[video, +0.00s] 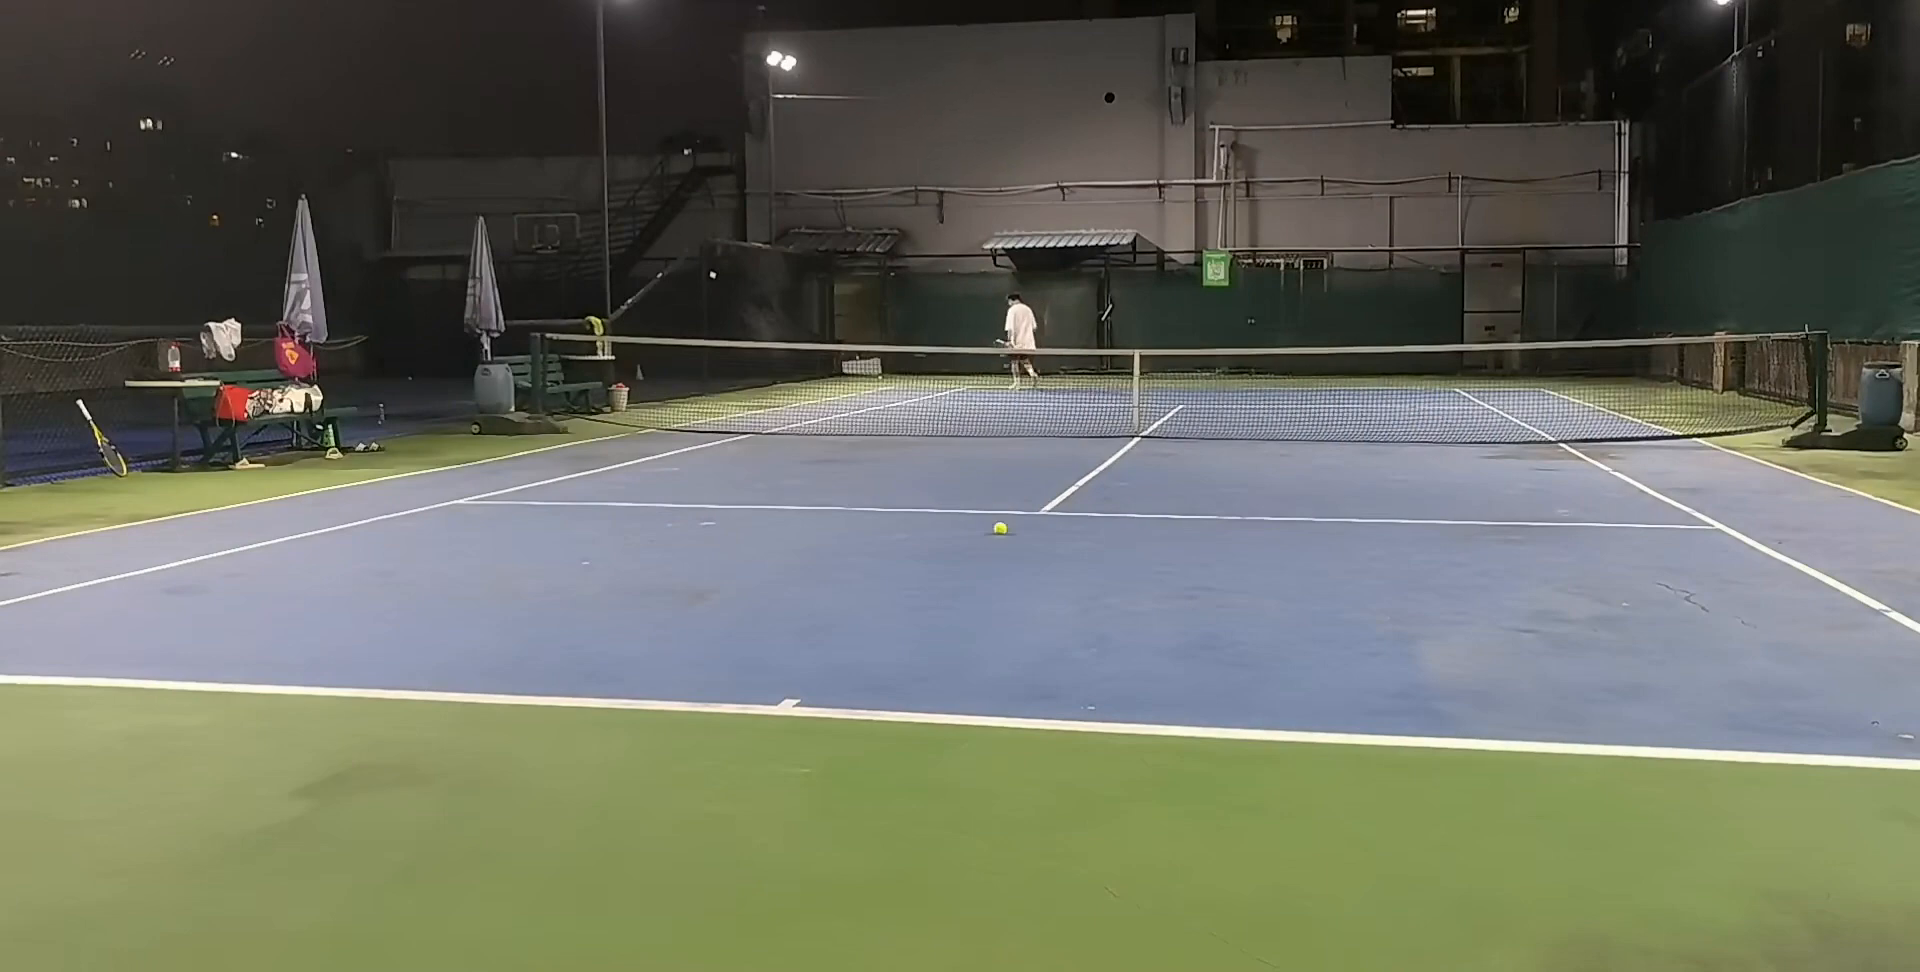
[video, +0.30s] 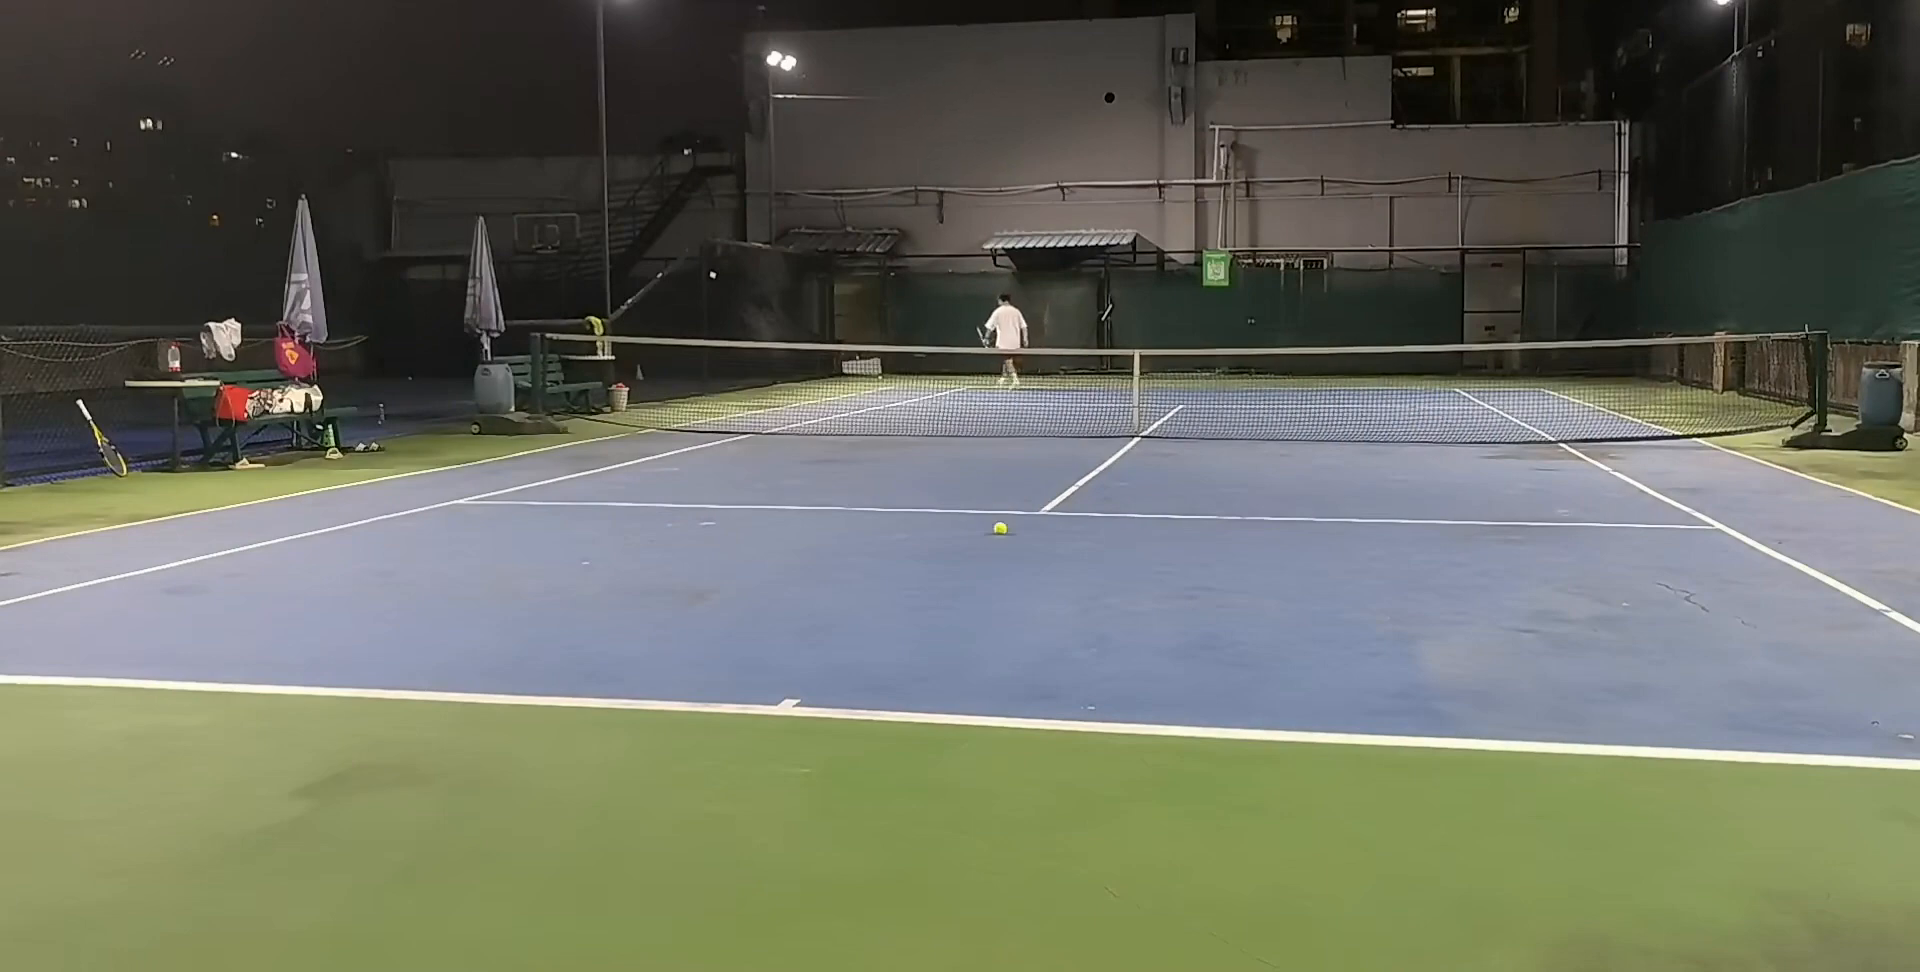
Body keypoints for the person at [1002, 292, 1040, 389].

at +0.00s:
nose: (1008, 304)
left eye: (1009, 302)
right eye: (1008, 302)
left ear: (1012, 300)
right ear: (1018, 299)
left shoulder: (1012, 310)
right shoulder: (1028, 309)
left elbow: (1010, 328)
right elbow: (1034, 326)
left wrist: (1010, 340)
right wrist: (1026, 332)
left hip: (1017, 341)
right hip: (1028, 341)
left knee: (1015, 362)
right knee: (1026, 360)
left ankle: (1016, 381)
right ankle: (1033, 374)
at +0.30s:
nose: (998, 303)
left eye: (999, 301)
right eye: (998, 301)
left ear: (1001, 301)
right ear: (1008, 301)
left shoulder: (998, 311)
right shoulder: (1016, 311)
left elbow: (989, 327)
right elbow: (1024, 327)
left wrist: (986, 339)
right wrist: (1025, 339)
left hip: (1002, 342)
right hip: (1015, 342)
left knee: (1009, 361)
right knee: (1006, 360)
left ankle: (1015, 379)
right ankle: (1003, 378)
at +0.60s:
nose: (987, 300)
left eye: (987, 298)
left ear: (988, 299)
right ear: (997, 298)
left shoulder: (987, 309)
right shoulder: (1003, 308)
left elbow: (985, 327)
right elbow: (1008, 322)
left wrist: (983, 339)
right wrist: (1003, 332)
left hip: (991, 339)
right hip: (1003, 339)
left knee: (985, 357)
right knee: (1000, 360)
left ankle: (989, 377)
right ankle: (1002, 379)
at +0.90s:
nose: (971, 302)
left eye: (971, 300)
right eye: (971, 300)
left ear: (972, 301)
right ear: (981, 299)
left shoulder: (973, 312)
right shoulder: (988, 310)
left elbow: (971, 329)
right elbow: (993, 325)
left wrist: (969, 341)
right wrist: (988, 335)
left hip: (977, 342)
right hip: (988, 342)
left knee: (973, 359)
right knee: (985, 358)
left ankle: (974, 375)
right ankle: (992, 371)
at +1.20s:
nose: (963, 302)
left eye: (963, 300)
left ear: (962, 301)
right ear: (972, 300)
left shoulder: (960, 312)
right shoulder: (978, 313)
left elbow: (953, 327)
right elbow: (984, 327)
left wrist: (949, 339)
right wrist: (987, 340)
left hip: (964, 342)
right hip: (977, 342)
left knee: (970, 360)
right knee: (967, 359)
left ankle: (973, 378)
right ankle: (964, 376)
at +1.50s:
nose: (955, 300)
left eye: (954, 298)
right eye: (958, 298)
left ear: (952, 299)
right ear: (961, 298)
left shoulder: (951, 310)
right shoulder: (967, 310)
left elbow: (945, 326)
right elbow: (970, 325)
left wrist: (944, 339)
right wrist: (967, 334)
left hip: (953, 341)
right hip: (965, 341)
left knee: (951, 358)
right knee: (962, 359)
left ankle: (955, 374)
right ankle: (962, 374)